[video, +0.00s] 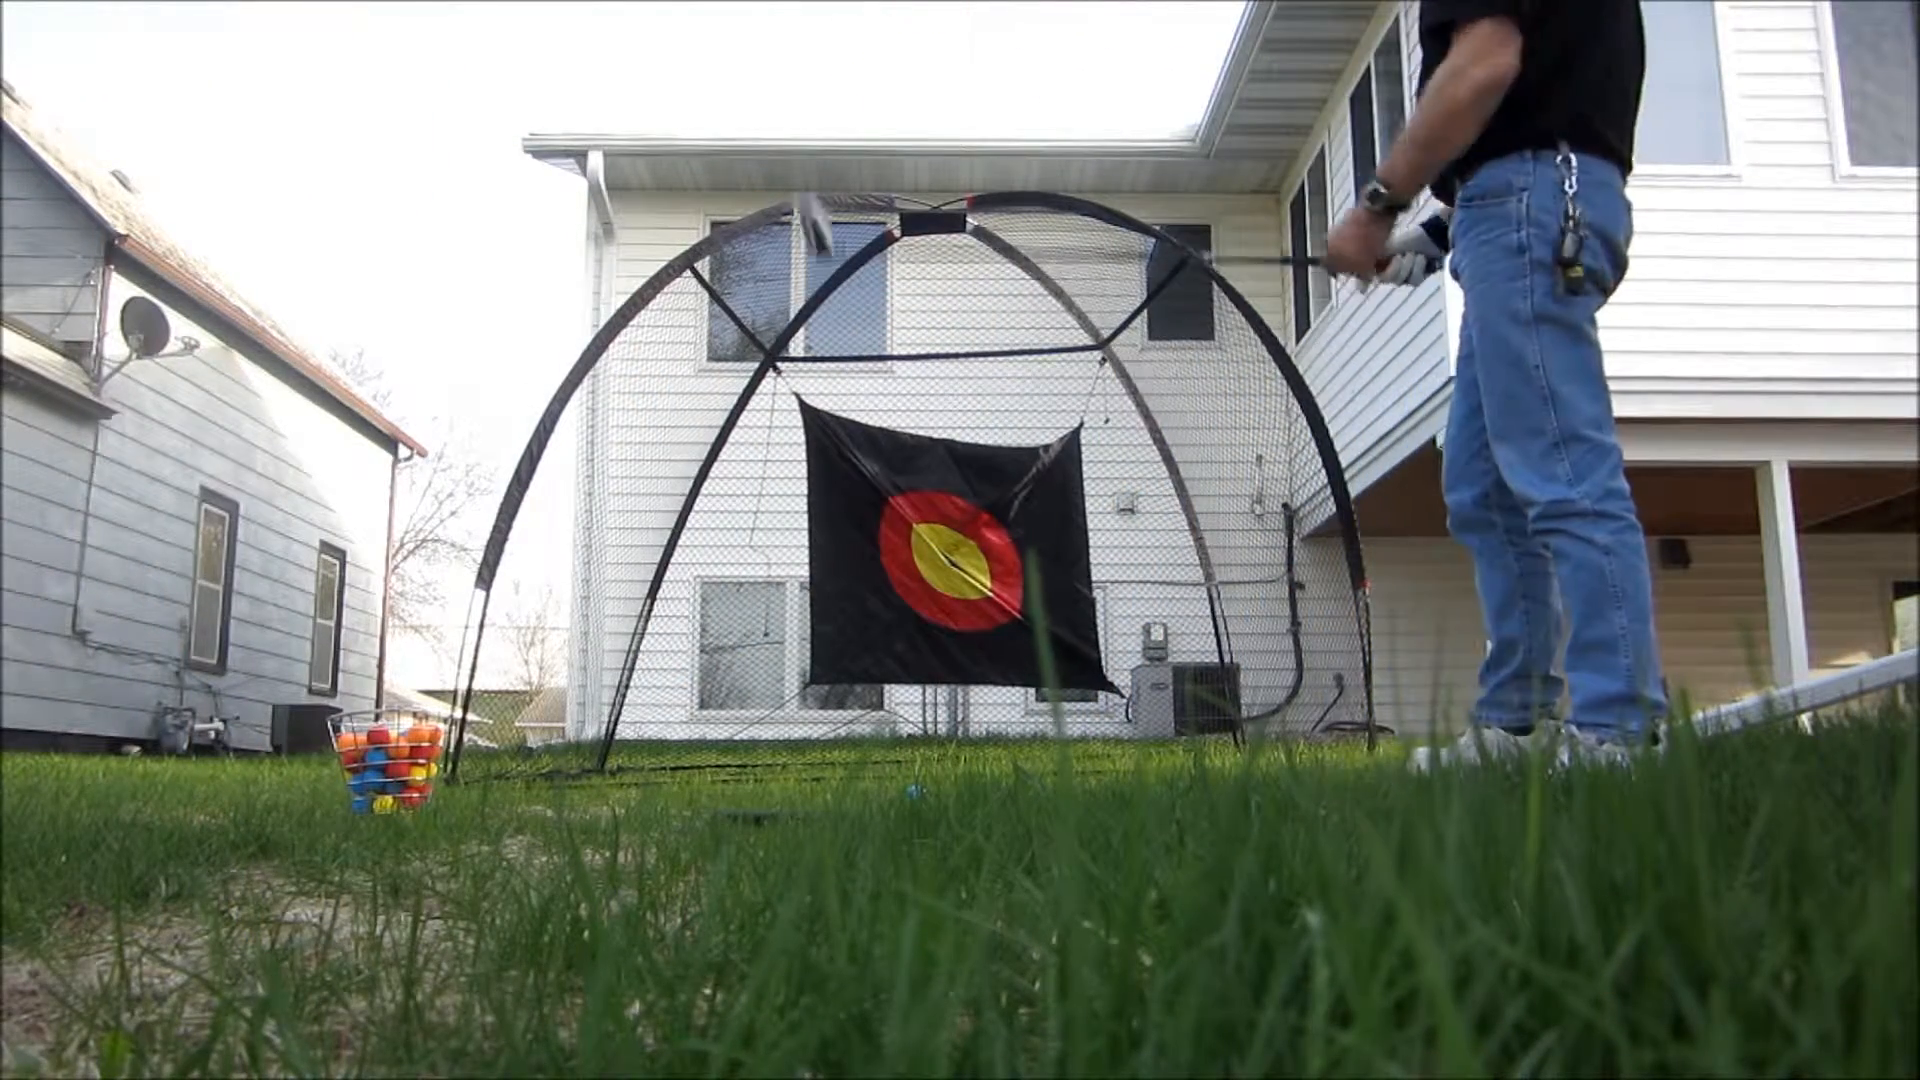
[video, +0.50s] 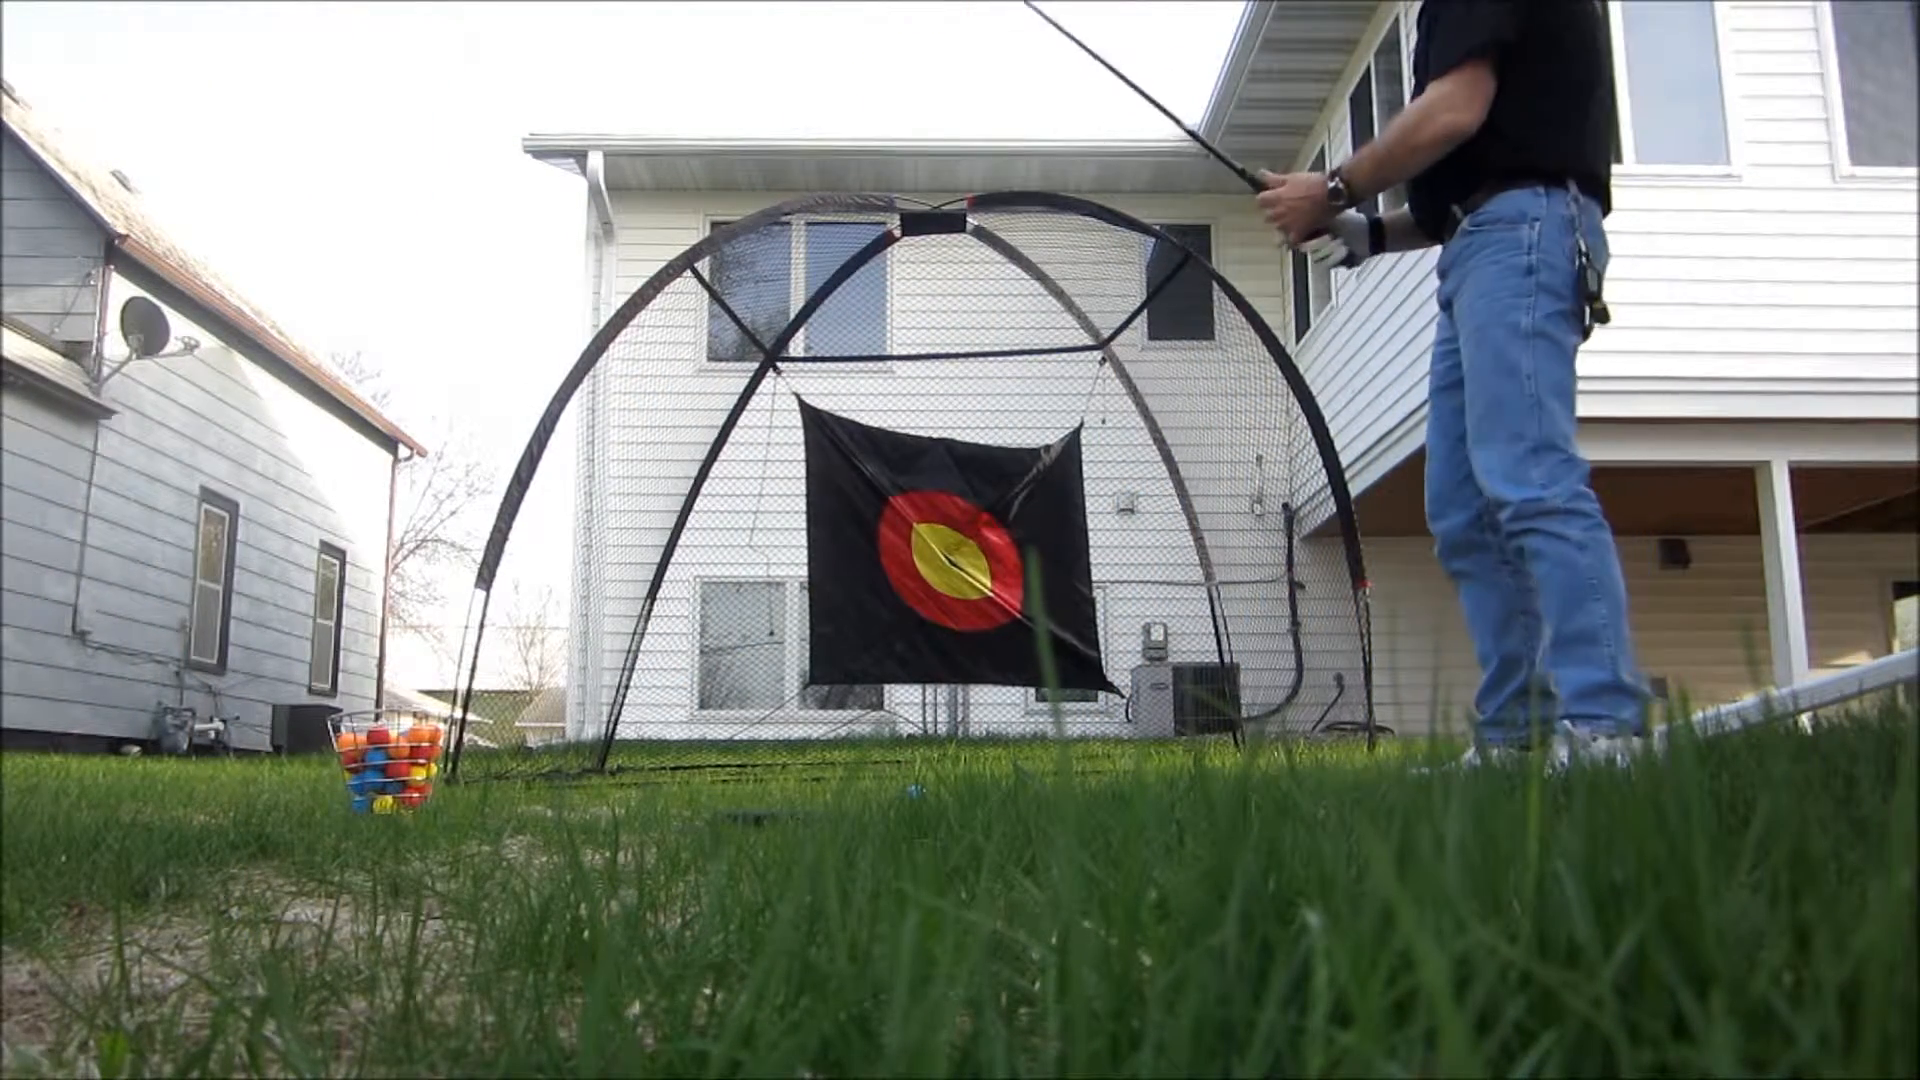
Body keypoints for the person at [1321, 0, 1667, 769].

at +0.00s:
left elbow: (1485, 60)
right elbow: (1543, 103)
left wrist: (1374, 202)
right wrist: (1438, 230)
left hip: (1533, 192)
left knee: (1566, 477)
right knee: (1486, 489)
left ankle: (1618, 731)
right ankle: (1521, 726)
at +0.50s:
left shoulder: (1487, 1)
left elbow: (1455, 108)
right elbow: (1467, 200)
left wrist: (1333, 189)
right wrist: (1356, 231)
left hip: (1523, 220)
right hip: (1472, 243)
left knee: (1533, 481)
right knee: (1464, 511)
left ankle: (1605, 725)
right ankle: (1518, 735)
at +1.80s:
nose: (1353, 13)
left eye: (1352, 3)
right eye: (1348, 10)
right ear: (1384, 1)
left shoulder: (1448, 9)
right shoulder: (1422, 42)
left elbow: (1419, 175)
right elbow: (1431, 214)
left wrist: (1339, 310)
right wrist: (1363, 322)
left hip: (1524, 240)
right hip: (1465, 271)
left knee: (1534, 495)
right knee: (1428, 518)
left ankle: (1599, 730)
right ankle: (1481, 738)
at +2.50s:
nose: (1297, 47)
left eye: (1295, 23)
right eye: (1284, 38)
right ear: (1334, 17)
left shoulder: (1419, 32)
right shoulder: (1379, 84)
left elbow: (1401, 213)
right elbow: (1386, 224)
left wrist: (1348, 355)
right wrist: (1340, 359)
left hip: (1539, 240)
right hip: (1478, 281)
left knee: (1522, 486)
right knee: (1434, 521)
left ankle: (1611, 720)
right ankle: (1477, 741)